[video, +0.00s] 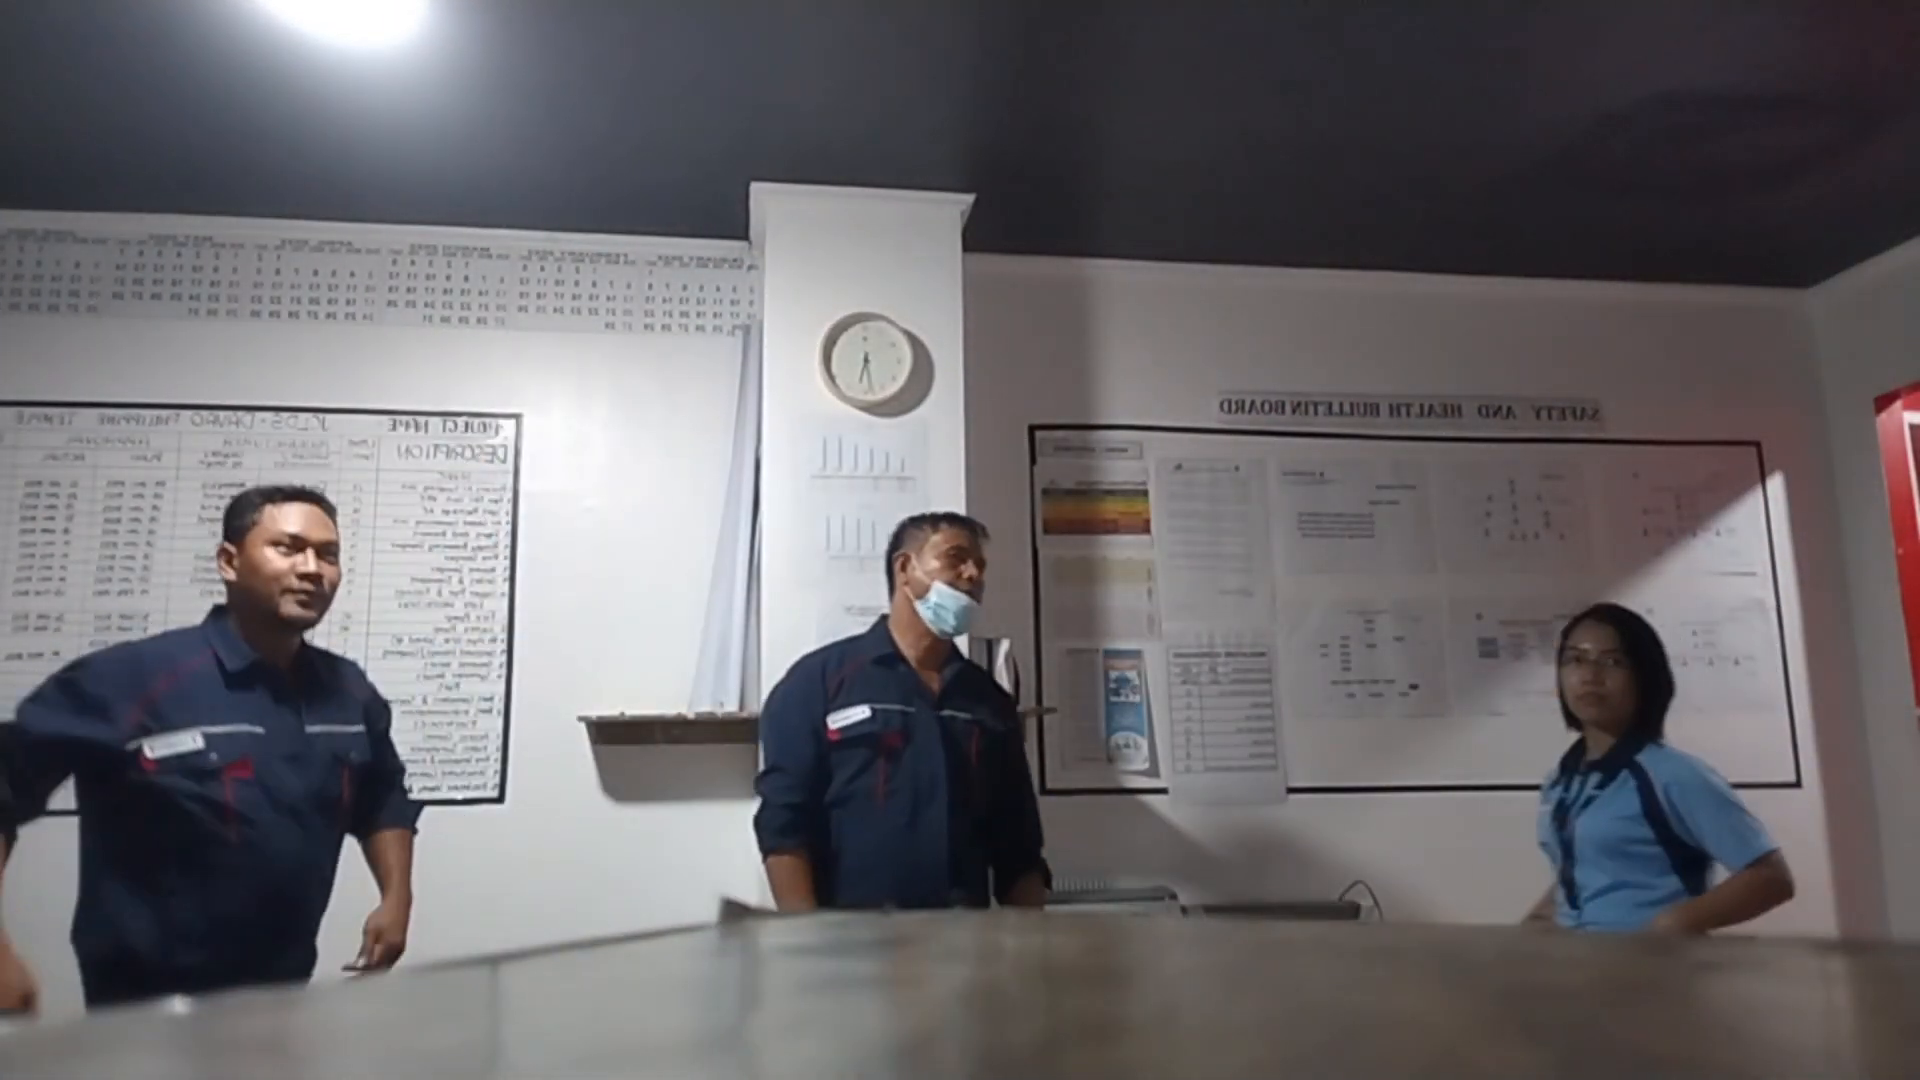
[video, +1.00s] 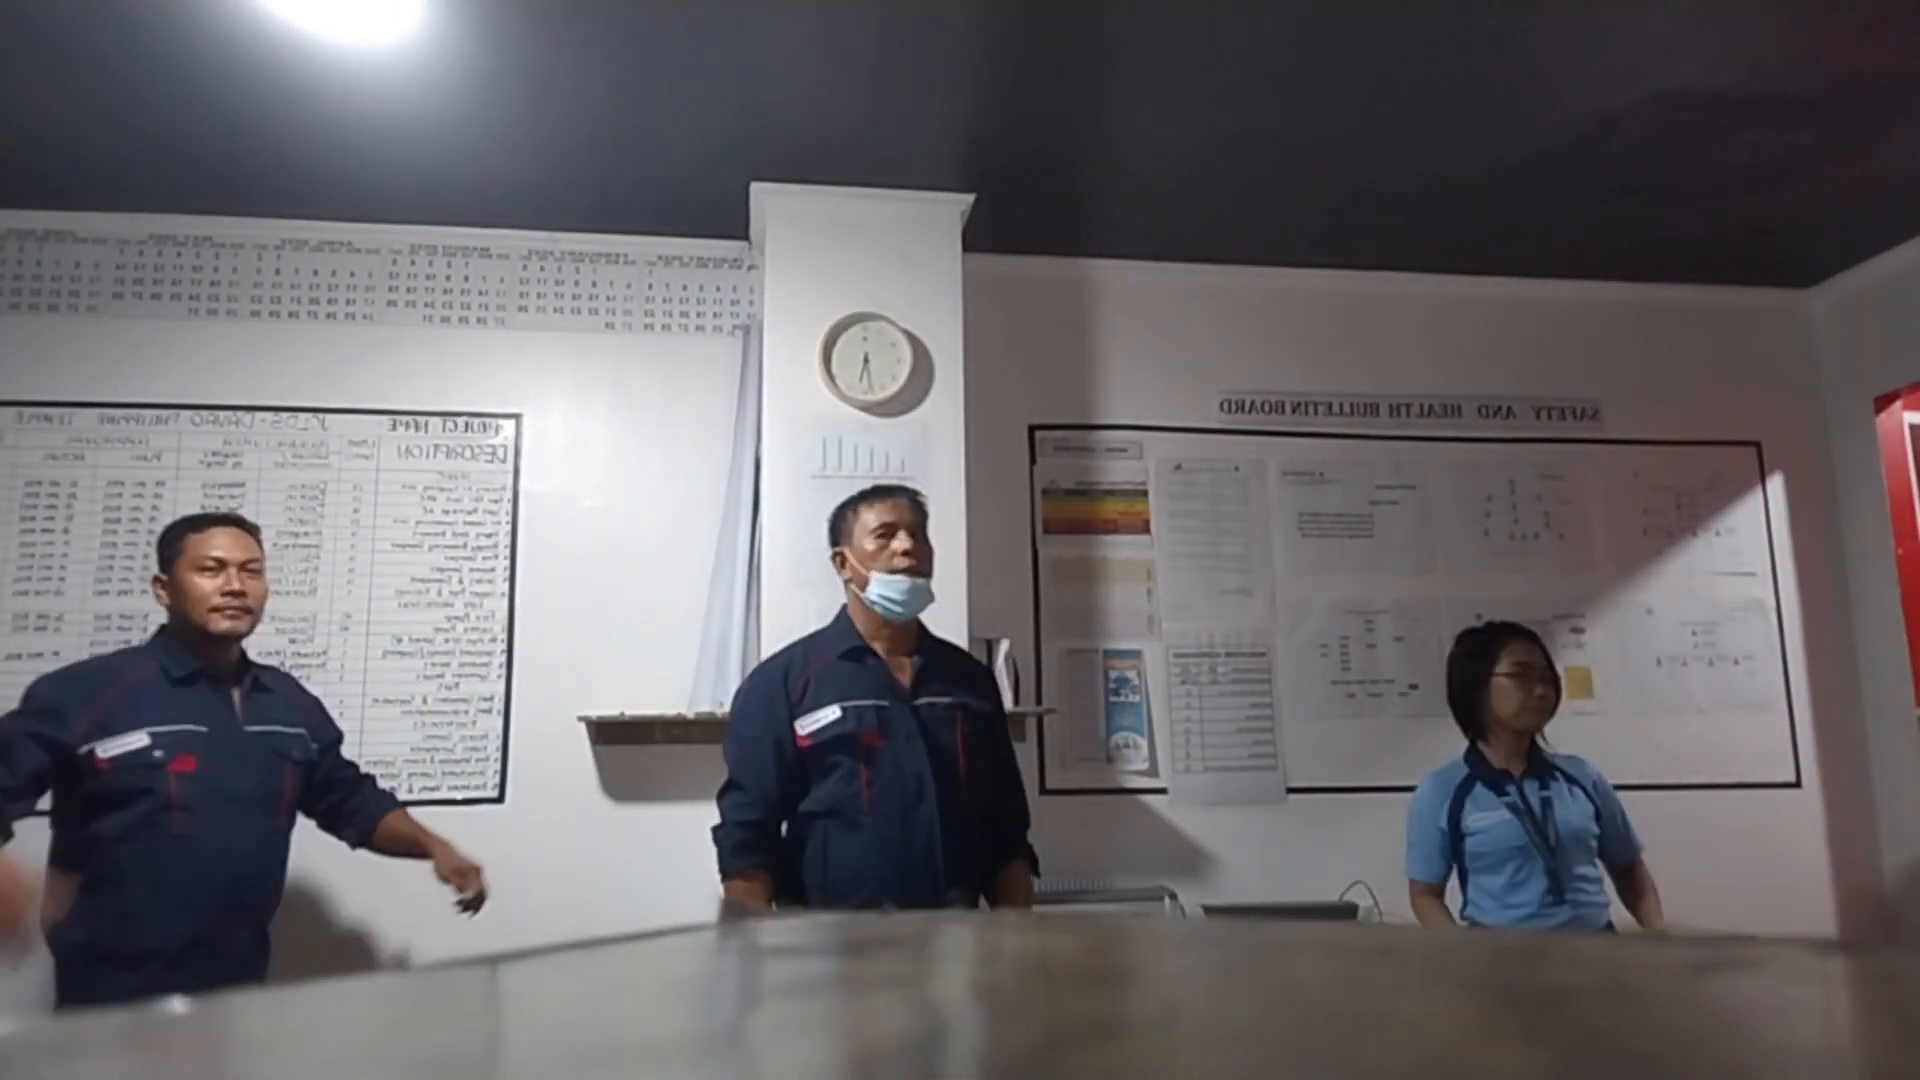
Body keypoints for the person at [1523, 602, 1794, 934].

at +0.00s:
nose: (1590, 675)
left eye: (1612, 662)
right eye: (1576, 660)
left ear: (1644, 675)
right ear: (1560, 677)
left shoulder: (1675, 777)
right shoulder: (1560, 784)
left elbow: (1772, 880)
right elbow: (1575, 884)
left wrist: (1676, 923)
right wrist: (1522, 941)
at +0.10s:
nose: (1570, 679)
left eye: (1591, 665)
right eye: (1554, 664)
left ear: (1622, 680)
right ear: (1536, 680)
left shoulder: (1651, 780)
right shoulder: (1532, 785)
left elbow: (1746, 884)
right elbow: (1538, 883)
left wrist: (1649, 936)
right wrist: (1482, 939)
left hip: (1624, 983)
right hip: (1542, 979)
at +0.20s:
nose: (1549, 678)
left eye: (1570, 664)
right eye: (1533, 663)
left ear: (1598, 680)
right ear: (1514, 679)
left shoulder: (1624, 778)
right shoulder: (1507, 785)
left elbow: (1713, 883)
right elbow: (1506, 876)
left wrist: (1622, 941)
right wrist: (1466, 910)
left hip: (1597, 980)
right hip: (1518, 979)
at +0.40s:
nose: (1506, 675)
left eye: (1527, 661)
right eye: (1490, 659)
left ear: (1554, 677)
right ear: (1472, 676)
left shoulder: (1575, 771)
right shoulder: (1459, 785)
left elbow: (1660, 879)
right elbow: (1455, 878)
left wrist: (1582, 958)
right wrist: (1427, 908)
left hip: (1559, 973)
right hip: (1477, 971)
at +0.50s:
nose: (1491, 675)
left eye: (1510, 662)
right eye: (1475, 659)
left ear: (1533, 679)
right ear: (1454, 677)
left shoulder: (1562, 770)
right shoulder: (1437, 786)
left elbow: (1640, 880)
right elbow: (1437, 889)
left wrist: (1579, 969)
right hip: (1469, 975)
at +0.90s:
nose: (1520, 686)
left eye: (1528, 673)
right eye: (1501, 673)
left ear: (1542, 686)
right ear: (1464, 690)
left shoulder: (1580, 776)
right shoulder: (1437, 793)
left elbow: (1641, 873)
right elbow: (1421, 899)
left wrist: (1626, 958)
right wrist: (1446, 970)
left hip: (1586, 969)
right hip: (1487, 972)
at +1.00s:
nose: (1540, 688)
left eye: (1547, 676)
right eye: (1521, 675)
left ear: (1557, 687)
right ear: (1476, 686)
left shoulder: (1581, 778)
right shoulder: (1444, 791)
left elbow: (1629, 871)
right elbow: (1425, 897)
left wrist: (1659, 942)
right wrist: (1468, 957)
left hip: (1596, 962)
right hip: (1501, 966)